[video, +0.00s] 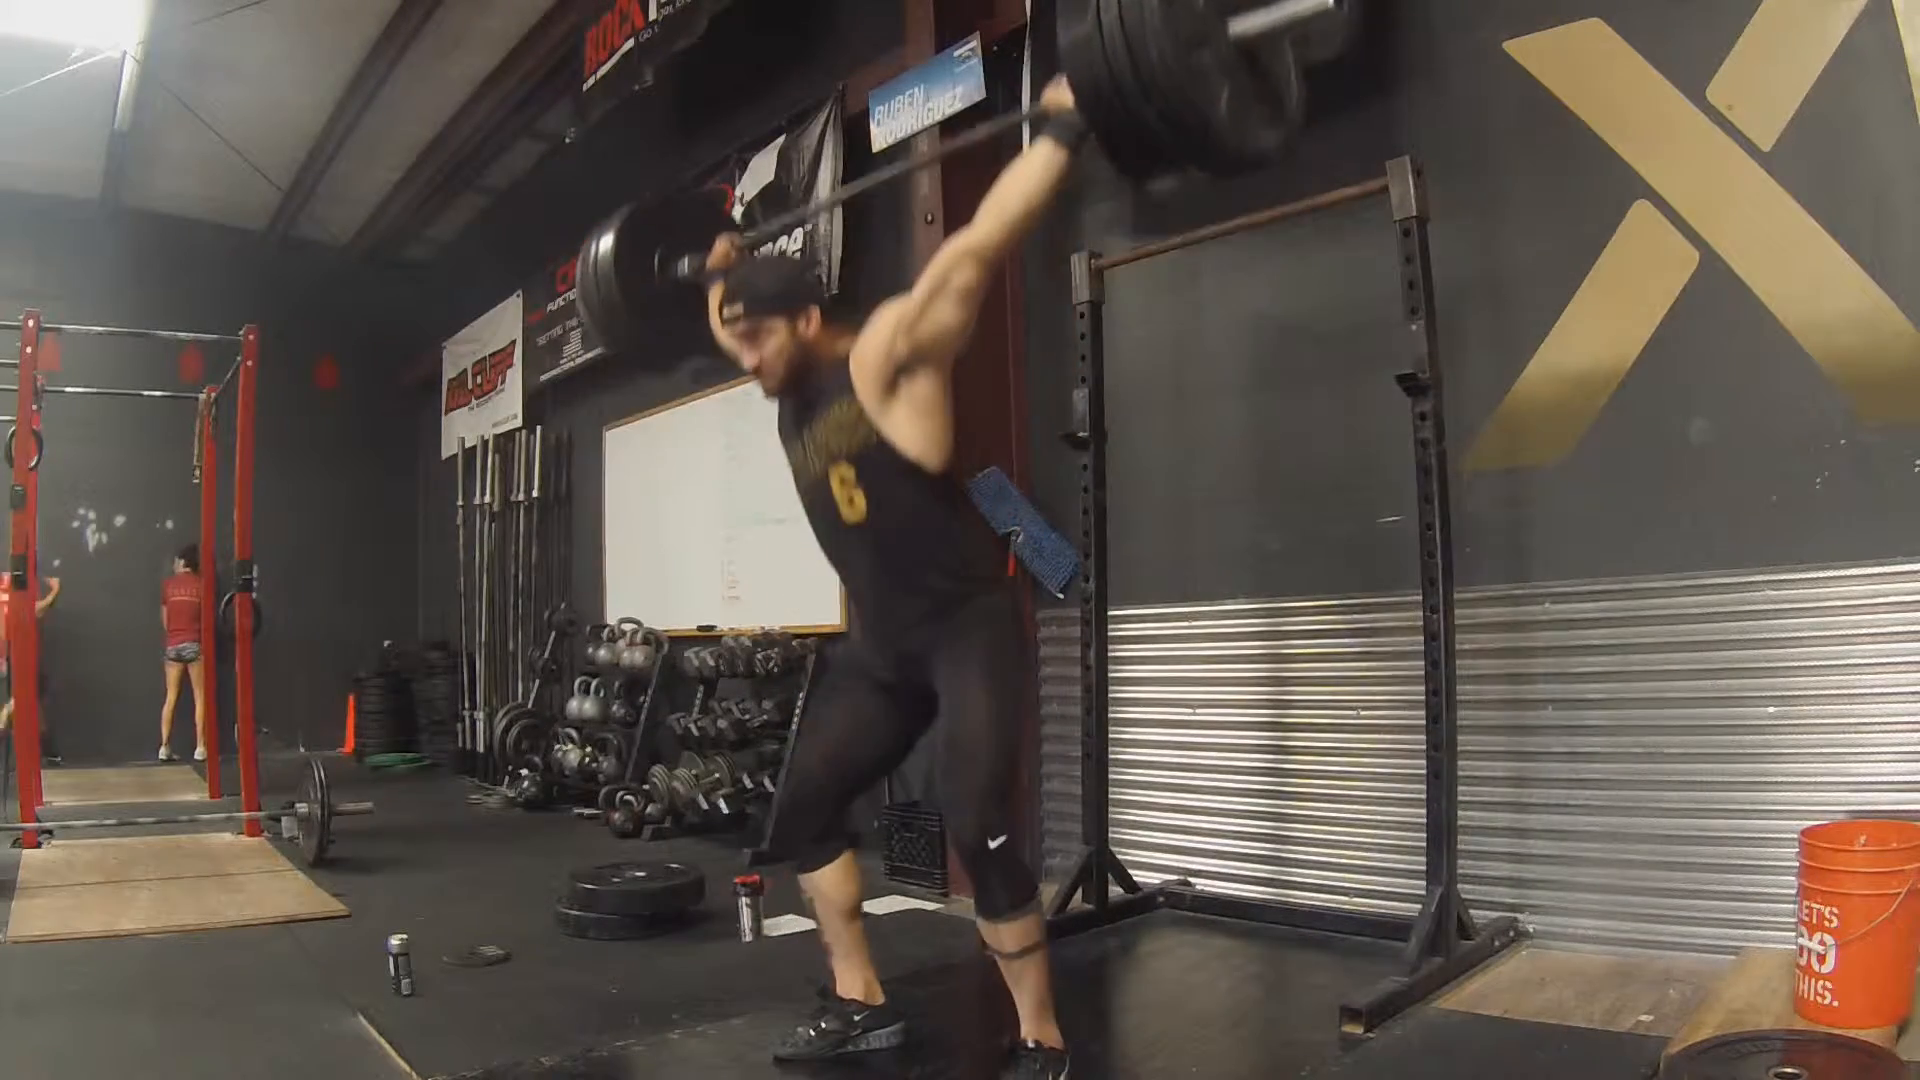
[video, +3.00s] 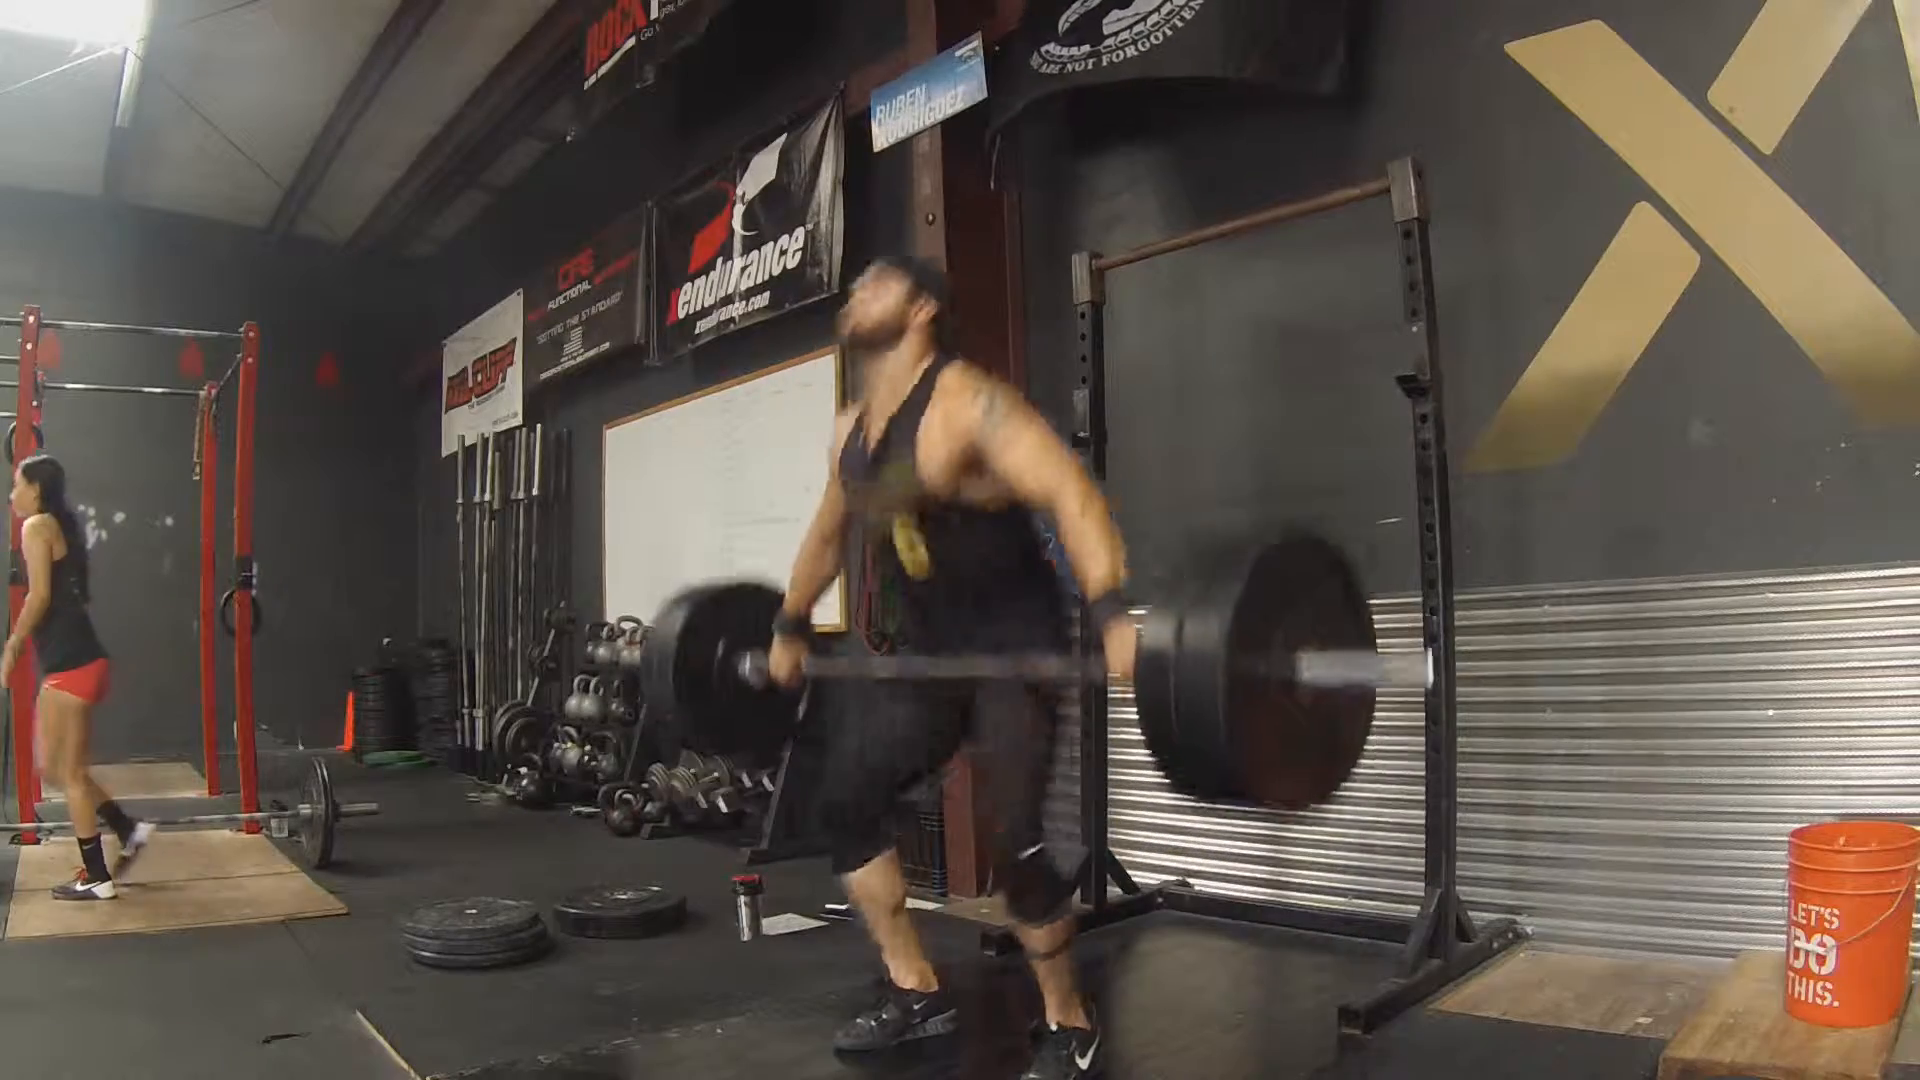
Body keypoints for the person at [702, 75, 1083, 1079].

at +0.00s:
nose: (746, 362)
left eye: (753, 341)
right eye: (736, 347)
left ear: (807, 316)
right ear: (756, 337)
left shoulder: (895, 349)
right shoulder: (794, 394)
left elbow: (976, 247)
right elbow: (731, 329)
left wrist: (1057, 129)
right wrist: (723, 260)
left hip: (971, 628)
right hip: (874, 641)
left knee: (980, 833)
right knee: (803, 809)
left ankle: (1041, 1041)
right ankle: (860, 1005)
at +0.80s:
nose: (854, 244)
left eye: (872, 228)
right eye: (851, 232)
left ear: (921, 233)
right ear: (858, 250)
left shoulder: (973, 294)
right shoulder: (855, 333)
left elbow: (1061, 259)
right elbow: (769, 316)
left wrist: (1053, 140)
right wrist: (704, 262)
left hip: (973, 578)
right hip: (883, 594)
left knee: (994, 776)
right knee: (857, 781)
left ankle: (1032, 1026)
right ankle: (859, 998)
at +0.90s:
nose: (891, 249)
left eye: (904, 233)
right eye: (888, 237)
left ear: (948, 236)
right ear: (899, 250)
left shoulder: (1004, 302)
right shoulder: (891, 328)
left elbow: (1084, 316)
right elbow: (810, 364)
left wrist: (1037, 265)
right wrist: (711, 342)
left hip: (994, 576)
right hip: (908, 584)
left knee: (1016, 770)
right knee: (869, 763)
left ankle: (1097, 985)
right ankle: (918, 955)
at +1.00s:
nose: (912, 290)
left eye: (923, 274)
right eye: (908, 278)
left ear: (967, 271)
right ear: (923, 284)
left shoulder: (1030, 343)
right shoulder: (914, 359)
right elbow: (848, 423)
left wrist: (1019, 386)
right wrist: (774, 448)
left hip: (1007, 607)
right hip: (922, 609)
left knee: (1051, 791)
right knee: (888, 781)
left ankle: (1151, 970)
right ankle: (957, 946)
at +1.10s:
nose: (915, 313)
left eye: (925, 298)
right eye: (911, 302)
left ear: (970, 295)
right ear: (943, 303)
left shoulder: (1044, 378)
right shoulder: (921, 396)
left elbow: (1107, 483)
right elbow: (889, 491)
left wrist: (1102, 584)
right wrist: (847, 556)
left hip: (1028, 628)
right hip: (937, 632)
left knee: (1070, 808)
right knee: (893, 796)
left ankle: (1154, 975)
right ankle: (959, 951)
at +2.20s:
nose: (799, 413)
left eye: (818, 396)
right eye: (800, 399)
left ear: (871, 413)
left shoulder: (949, 498)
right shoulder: (829, 522)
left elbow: (1060, 608)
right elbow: (821, 628)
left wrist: (1125, 729)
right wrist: (800, 717)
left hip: (1061, 649)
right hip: (979, 663)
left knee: (1070, 826)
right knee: (887, 786)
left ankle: (1079, 1025)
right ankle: (918, 991)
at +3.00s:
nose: (857, 295)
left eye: (879, 284)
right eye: (857, 287)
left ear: (922, 312)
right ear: (855, 323)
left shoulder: (972, 401)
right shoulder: (857, 430)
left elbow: (1073, 492)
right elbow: (827, 533)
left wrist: (1112, 610)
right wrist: (791, 624)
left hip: (1017, 659)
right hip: (920, 663)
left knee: (1016, 855)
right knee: (843, 805)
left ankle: (1069, 1025)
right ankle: (915, 992)